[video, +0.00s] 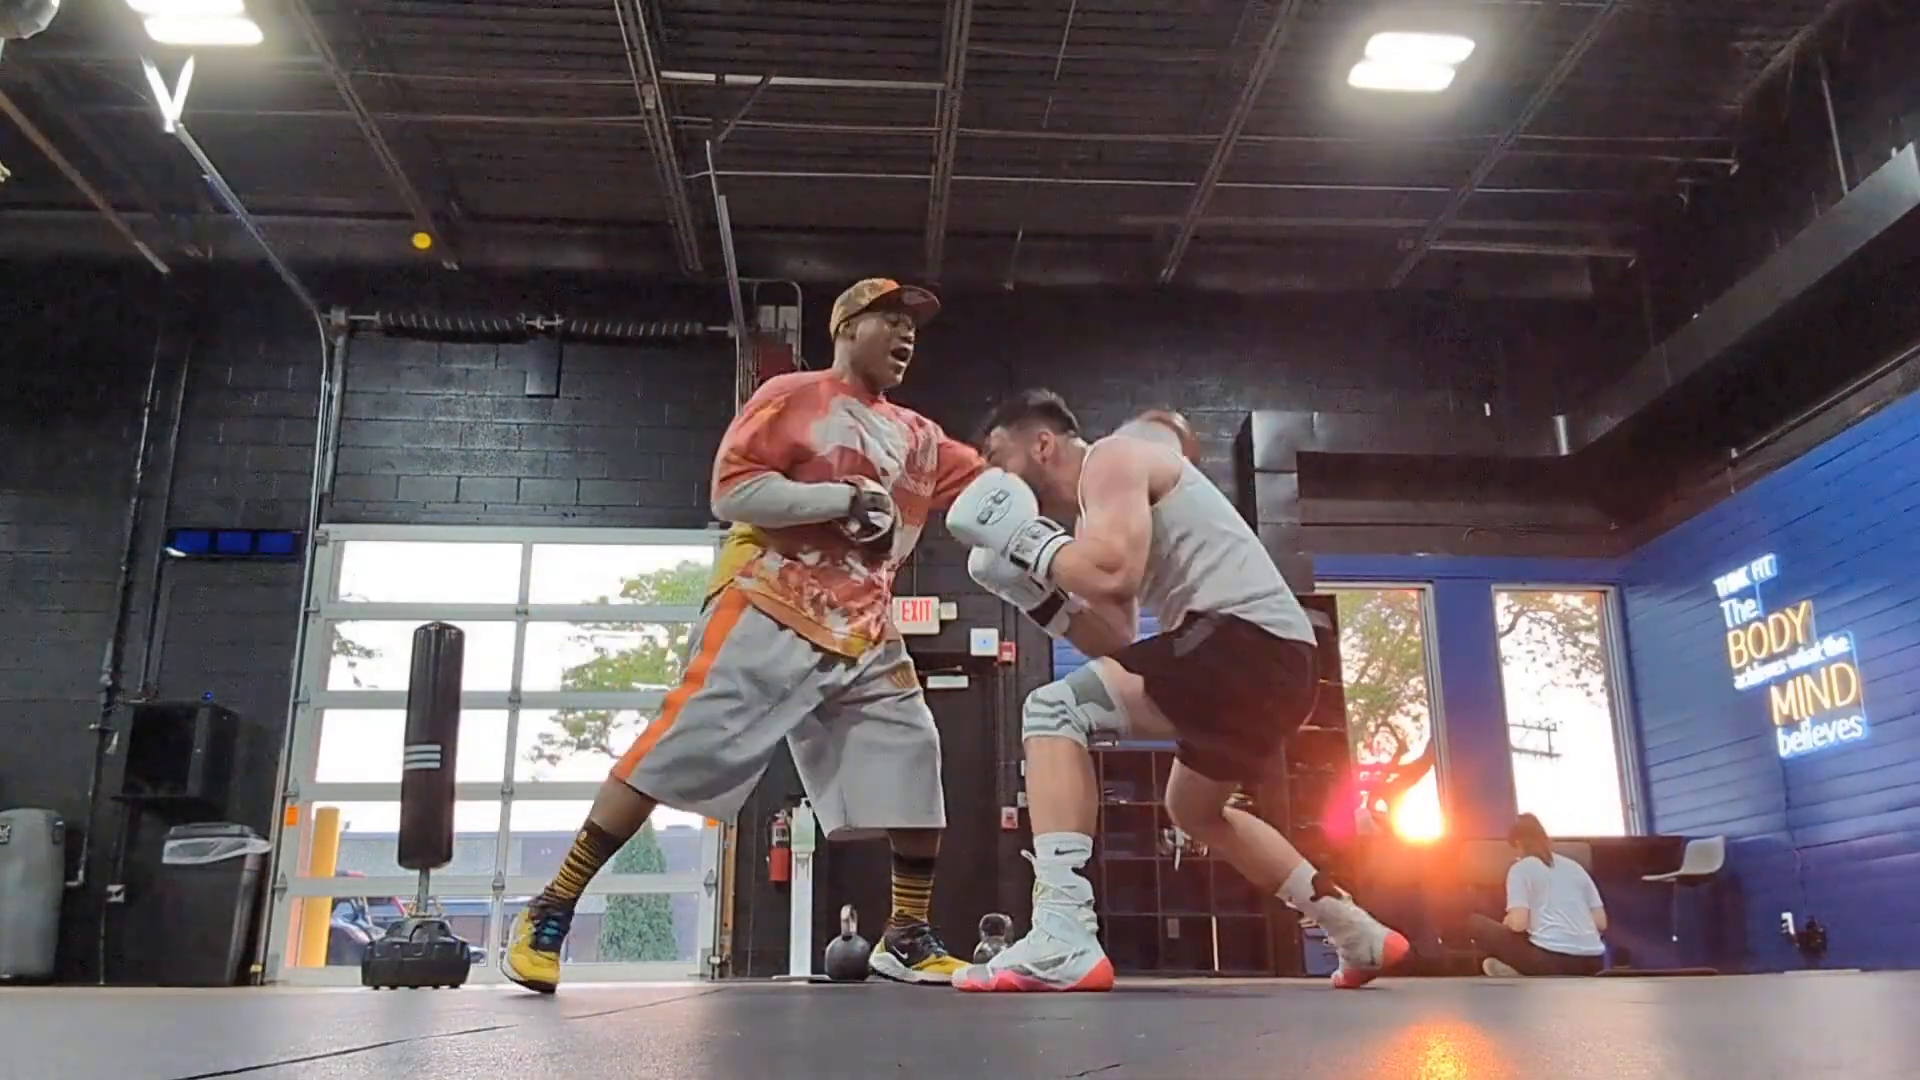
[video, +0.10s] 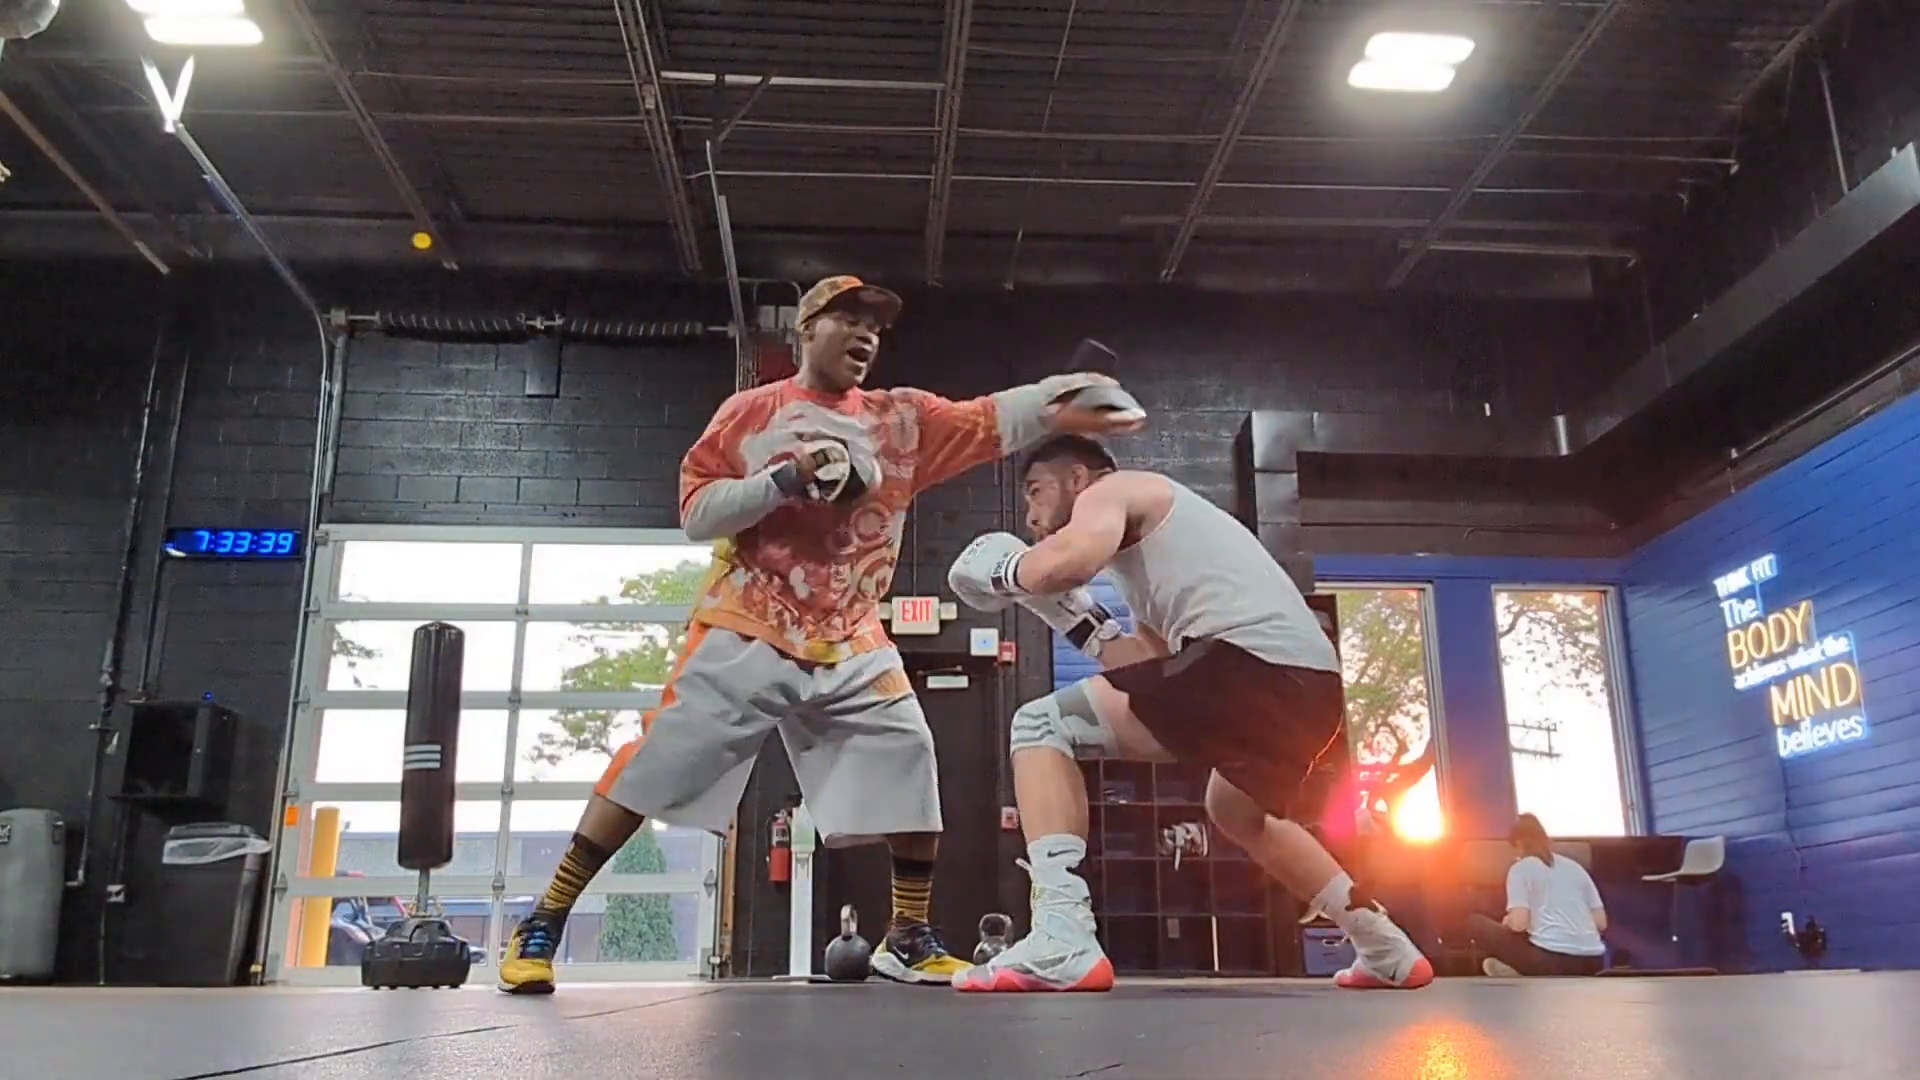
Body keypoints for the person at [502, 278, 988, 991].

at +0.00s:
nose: (907, 337)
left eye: (912, 329)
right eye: (893, 322)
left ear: (909, 345)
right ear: (847, 328)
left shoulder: (920, 437)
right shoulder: (790, 394)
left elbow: (1004, 491)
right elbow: (733, 493)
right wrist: (844, 498)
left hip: (865, 628)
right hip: (770, 604)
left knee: (917, 749)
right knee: (683, 741)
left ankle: (908, 931)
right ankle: (554, 909)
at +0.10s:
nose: (864, 333)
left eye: (873, 325)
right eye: (849, 317)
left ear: (878, 343)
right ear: (806, 326)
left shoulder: (904, 415)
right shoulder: (751, 411)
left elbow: (994, 418)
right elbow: (699, 514)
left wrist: (1074, 385)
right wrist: (781, 479)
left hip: (853, 630)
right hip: (748, 617)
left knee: (911, 746)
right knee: (665, 753)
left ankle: (908, 935)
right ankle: (545, 921)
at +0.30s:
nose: (801, 320)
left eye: (808, 310)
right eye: (782, 303)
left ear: (814, 327)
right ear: (737, 313)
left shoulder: (840, 418)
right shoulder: (690, 408)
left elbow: (892, 498)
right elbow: (668, 484)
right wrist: (708, 378)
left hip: (831, 623)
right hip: (721, 619)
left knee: (893, 756)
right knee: (632, 762)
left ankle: (903, 937)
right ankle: (534, 936)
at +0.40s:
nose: (821, 329)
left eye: (824, 320)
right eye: (804, 313)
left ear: (821, 336)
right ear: (751, 318)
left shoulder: (828, 422)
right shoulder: (707, 399)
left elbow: (816, 524)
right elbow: (749, 459)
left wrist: (847, 559)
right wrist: (745, 341)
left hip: (824, 626)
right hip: (726, 624)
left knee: (888, 768)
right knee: (646, 769)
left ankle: (900, 938)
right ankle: (539, 934)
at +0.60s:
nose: (797, 327)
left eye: (795, 317)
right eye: (781, 313)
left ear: (765, 331)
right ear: (733, 321)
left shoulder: (783, 424)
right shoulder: (689, 393)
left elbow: (813, 532)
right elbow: (743, 465)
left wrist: (892, 480)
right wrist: (845, 404)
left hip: (800, 620)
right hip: (711, 619)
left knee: (862, 765)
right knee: (634, 772)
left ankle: (897, 937)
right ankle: (530, 936)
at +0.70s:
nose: (762, 309)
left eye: (766, 301)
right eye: (745, 295)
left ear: (767, 324)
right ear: (698, 310)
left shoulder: (789, 409)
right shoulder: (655, 397)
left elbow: (867, 480)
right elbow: (657, 484)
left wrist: (966, 442)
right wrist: (764, 447)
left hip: (786, 616)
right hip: (687, 612)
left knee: (846, 765)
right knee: (618, 768)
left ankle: (871, 936)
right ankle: (527, 937)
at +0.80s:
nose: (758, 302)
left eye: (762, 293)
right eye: (738, 290)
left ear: (768, 315)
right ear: (695, 312)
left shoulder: (800, 405)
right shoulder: (657, 399)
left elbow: (881, 472)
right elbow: (651, 479)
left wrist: (945, 418)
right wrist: (724, 389)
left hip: (783, 615)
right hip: (681, 614)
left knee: (833, 763)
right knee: (612, 767)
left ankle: (824, 931)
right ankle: (529, 932)